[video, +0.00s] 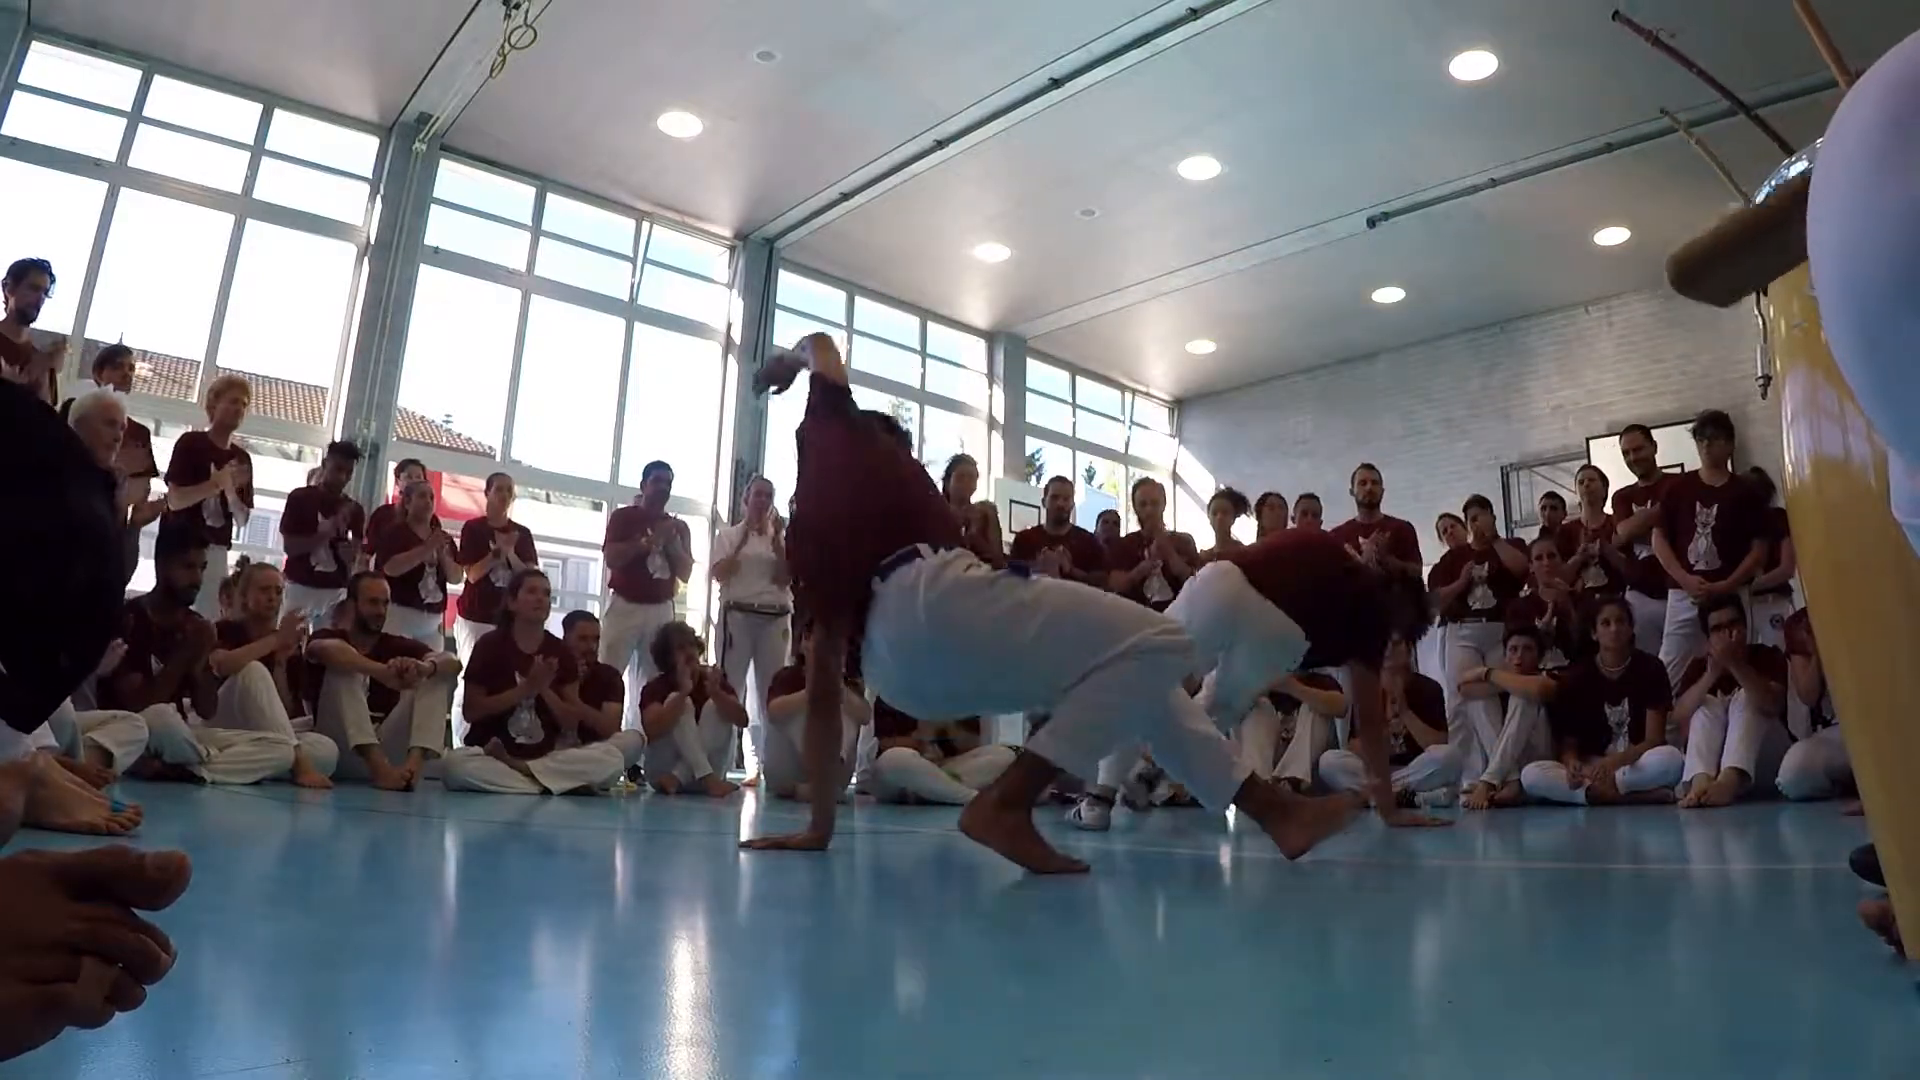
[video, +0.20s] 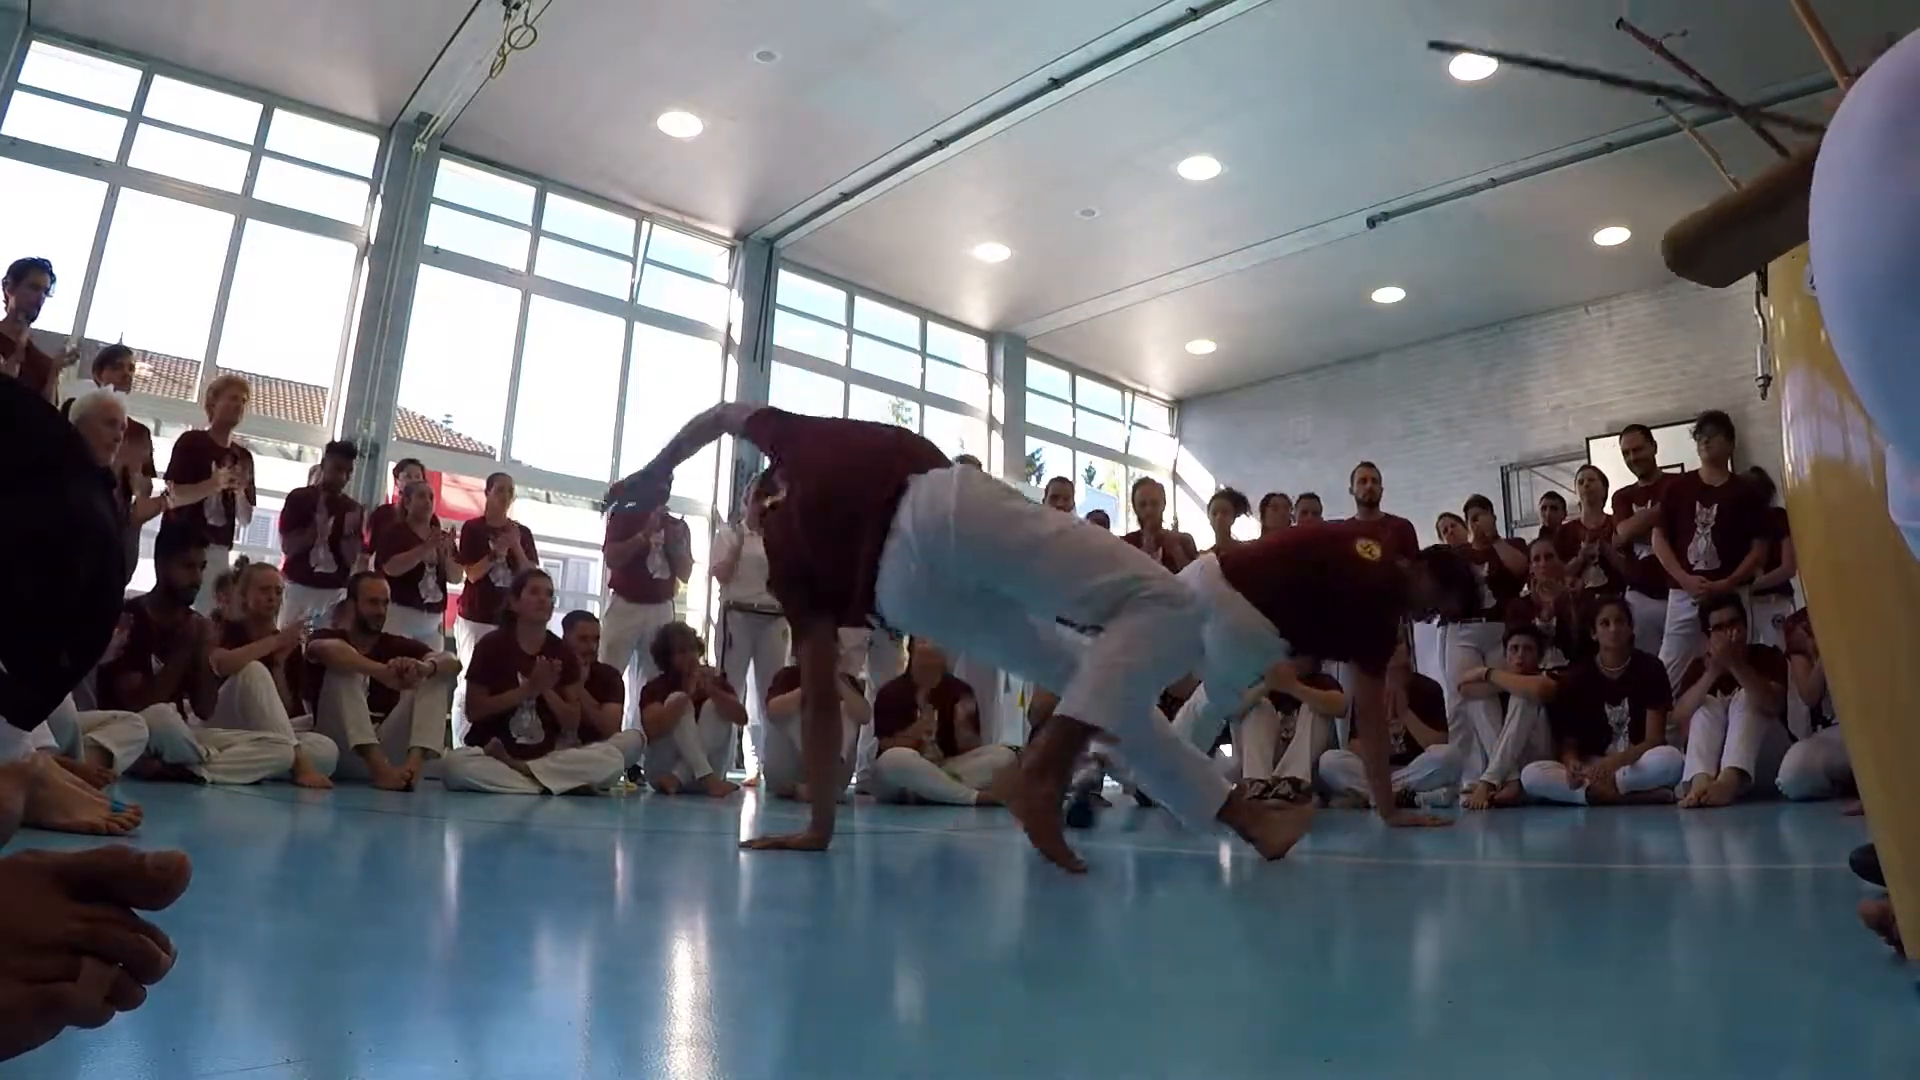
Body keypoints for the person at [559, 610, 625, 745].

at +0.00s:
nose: (591, 646)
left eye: (596, 639)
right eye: (583, 639)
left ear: (600, 640)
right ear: (565, 640)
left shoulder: (610, 675)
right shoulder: (550, 671)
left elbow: (610, 728)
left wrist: (574, 702)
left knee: (633, 738)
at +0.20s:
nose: (591, 646)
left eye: (596, 639)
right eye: (583, 639)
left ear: (600, 640)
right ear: (565, 640)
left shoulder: (609, 675)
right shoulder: (550, 673)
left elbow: (610, 729)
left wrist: (578, 690)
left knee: (634, 738)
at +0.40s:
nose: (592, 646)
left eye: (596, 639)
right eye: (583, 639)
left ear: (600, 640)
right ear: (566, 639)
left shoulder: (609, 675)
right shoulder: (551, 673)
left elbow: (610, 728)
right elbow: (570, 722)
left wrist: (579, 696)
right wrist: (549, 687)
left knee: (633, 738)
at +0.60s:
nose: (592, 647)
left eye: (596, 640)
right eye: (584, 640)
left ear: (600, 640)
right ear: (565, 640)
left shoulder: (610, 675)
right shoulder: (549, 671)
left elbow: (609, 726)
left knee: (633, 739)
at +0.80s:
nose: (593, 647)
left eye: (597, 640)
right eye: (584, 640)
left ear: (600, 640)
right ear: (565, 640)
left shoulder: (609, 675)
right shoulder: (550, 672)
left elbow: (610, 728)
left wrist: (581, 695)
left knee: (634, 739)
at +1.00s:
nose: (593, 647)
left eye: (597, 640)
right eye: (584, 640)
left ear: (600, 640)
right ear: (565, 640)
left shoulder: (609, 675)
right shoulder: (550, 672)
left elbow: (608, 728)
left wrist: (578, 699)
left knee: (634, 739)